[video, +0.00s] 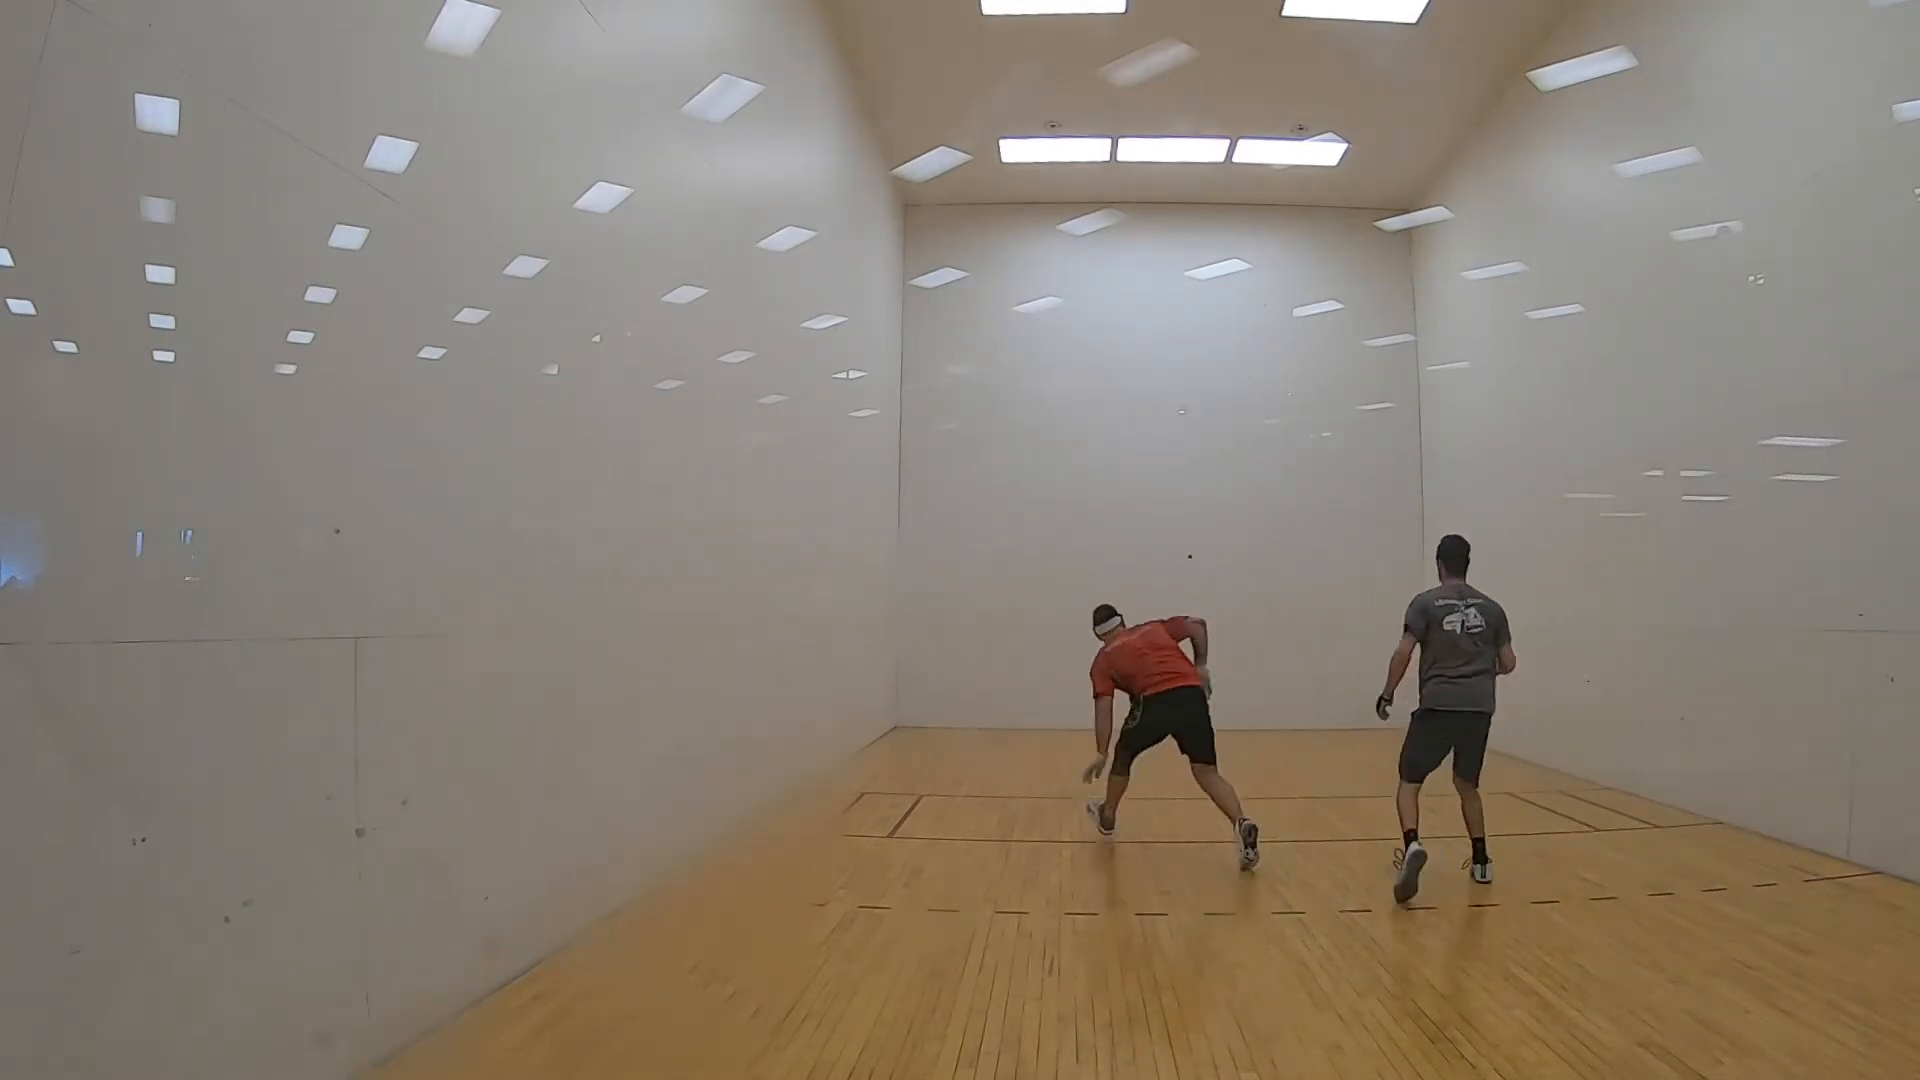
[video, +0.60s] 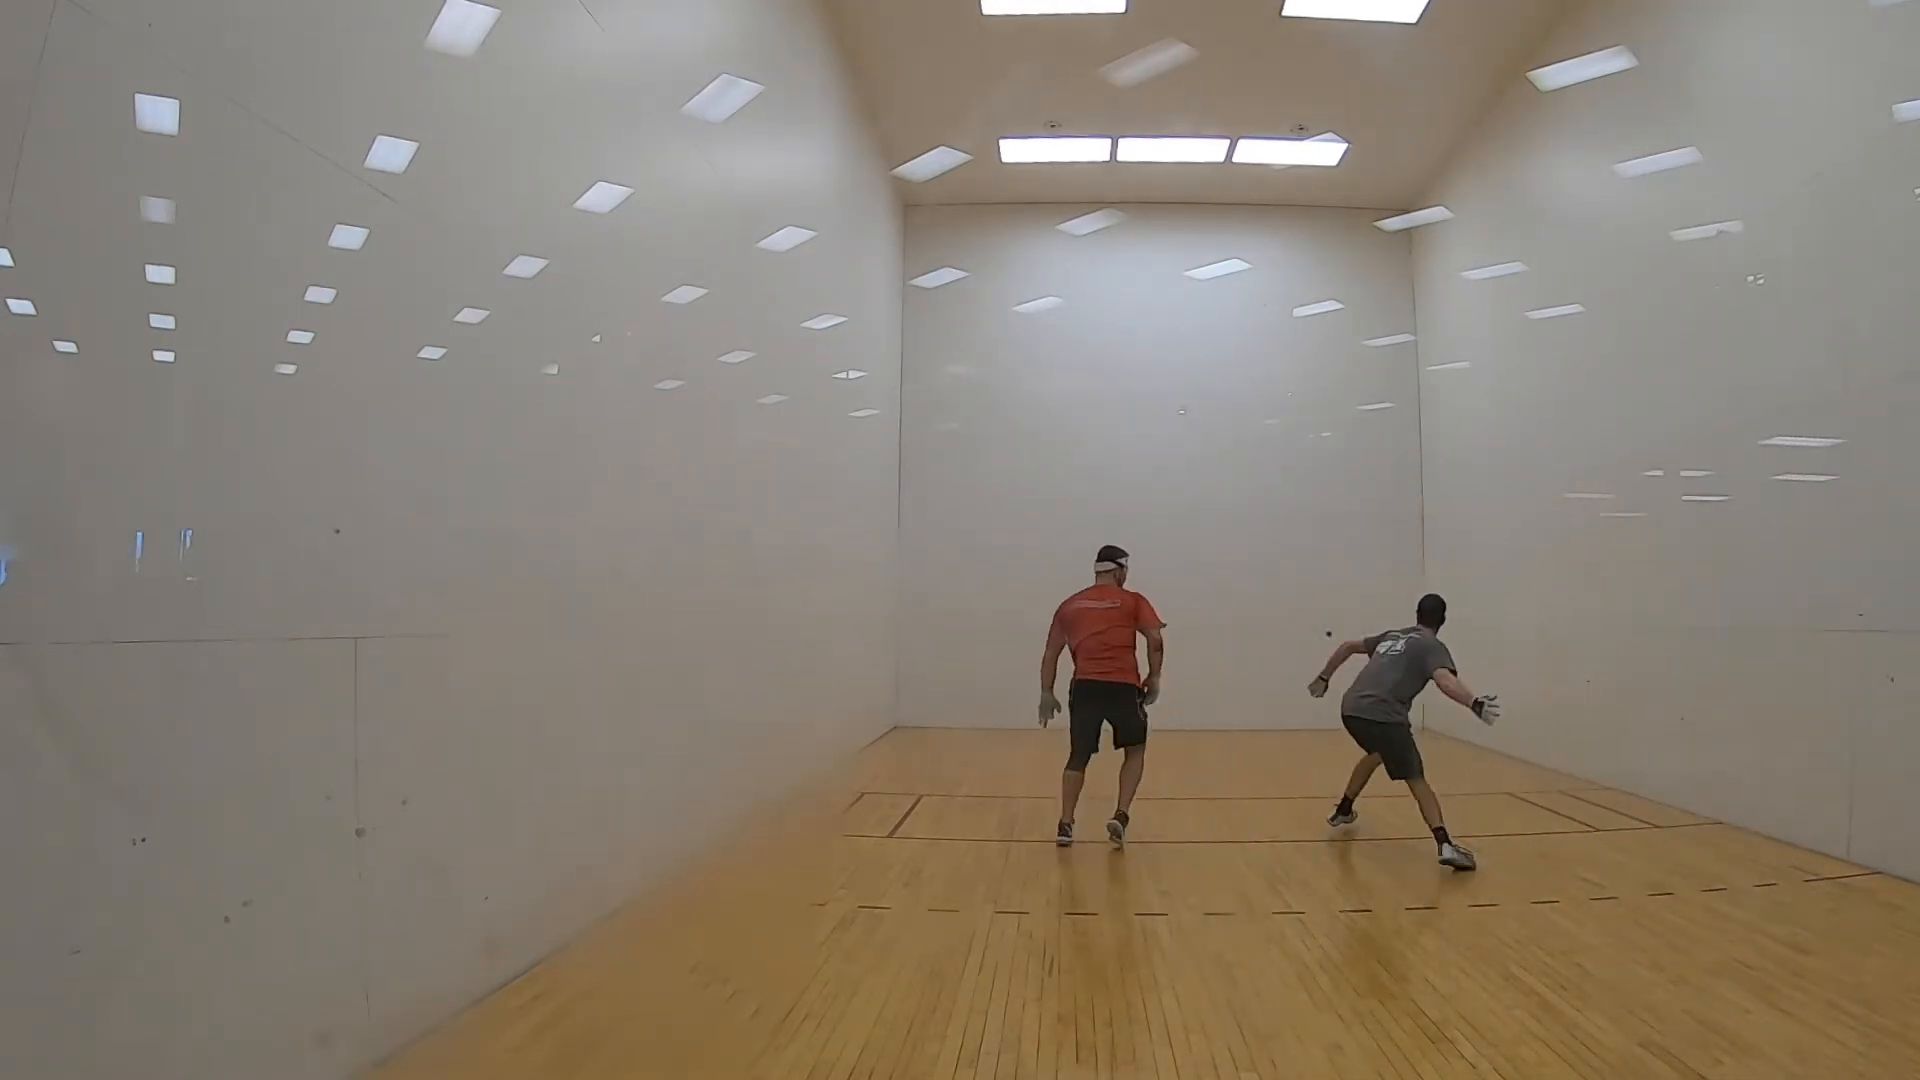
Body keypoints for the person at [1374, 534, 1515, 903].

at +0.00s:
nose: (1439, 569)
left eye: (1438, 564)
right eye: (1449, 562)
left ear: (1438, 564)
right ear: (1468, 564)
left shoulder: (1424, 603)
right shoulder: (1491, 608)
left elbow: (1404, 651)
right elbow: (1507, 664)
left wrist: (1388, 693)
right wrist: (1476, 664)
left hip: (1436, 709)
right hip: (1478, 712)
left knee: (1409, 782)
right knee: (1466, 782)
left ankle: (1411, 846)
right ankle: (1481, 862)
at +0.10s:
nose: (1439, 593)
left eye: (1436, 587)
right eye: (1454, 588)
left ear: (1431, 591)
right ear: (1463, 592)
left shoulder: (1411, 631)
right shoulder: (1478, 635)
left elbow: (1381, 681)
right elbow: (1505, 686)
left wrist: (1379, 709)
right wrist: (1526, 666)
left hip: (1417, 736)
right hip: (1462, 737)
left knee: (1406, 809)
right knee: (1457, 786)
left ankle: (1413, 884)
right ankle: (1471, 859)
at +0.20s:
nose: (1434, 601)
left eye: (1431, 595)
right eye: (1450, 597)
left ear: (1428, 600)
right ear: (1459, 602)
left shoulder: (1402, 636)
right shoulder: (1468, 641)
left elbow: (1383, 690)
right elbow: (1503, 685)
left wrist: (1414, 692)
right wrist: (1546, 674)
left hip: (1404, 741)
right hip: (1448, 741)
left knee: (1405, 814)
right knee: (1455, 773)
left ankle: (1415, 885)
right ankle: (1462, 845)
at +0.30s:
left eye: (1438, 594)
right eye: (1458, 598)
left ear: (1433, 598)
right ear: (1462, 602)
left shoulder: (1410, 628)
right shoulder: (1464, 637)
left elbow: (1397, 664)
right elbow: (1500, 677)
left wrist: (1447, 675)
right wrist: (1551, 677)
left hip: (1391, 721)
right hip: (1435, 720)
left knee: (1394, 795)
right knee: (1457, 772)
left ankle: (1399, 849)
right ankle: (1452, 853)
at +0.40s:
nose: (1457, 609)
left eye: (1447, 604)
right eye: (1461, 606)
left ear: (1435, 606)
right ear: (1462, 610)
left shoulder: (1412, 632)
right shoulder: (1457, 641)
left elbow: (1403, 674)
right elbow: (1493, 676)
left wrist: (1433, 696)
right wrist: (1542, 682)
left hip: (1381, 717)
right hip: (1420, 718)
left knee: (1401, 793)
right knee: (1444, 780)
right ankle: (1450, 856)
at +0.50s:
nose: (1452, 620)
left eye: (1445, 612)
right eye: (1454, 615)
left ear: (1428, 613)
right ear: (1455, 618)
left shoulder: (1406, 637)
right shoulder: (1449, 645)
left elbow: (1375, 669)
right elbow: (1473, 676)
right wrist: (1518, 689)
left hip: (1369, 713)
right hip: (1404, 716)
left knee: (1393, 768)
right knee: (1435, 782)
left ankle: (1335, 813)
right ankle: (1449, 854)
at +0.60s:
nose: (1439, 622)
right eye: (1441, 618)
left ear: (1416, 616)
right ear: (1442, 620)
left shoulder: (1390, 637)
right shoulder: (1432, 647)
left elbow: (1348, 647)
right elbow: (1446, 682)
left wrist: (1323, 677)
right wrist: (1475, 703)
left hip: (1351, 711)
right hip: (1386, 718)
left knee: (1375, 754)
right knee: (1417, 782)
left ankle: (1343, 810)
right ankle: (1444, 844)